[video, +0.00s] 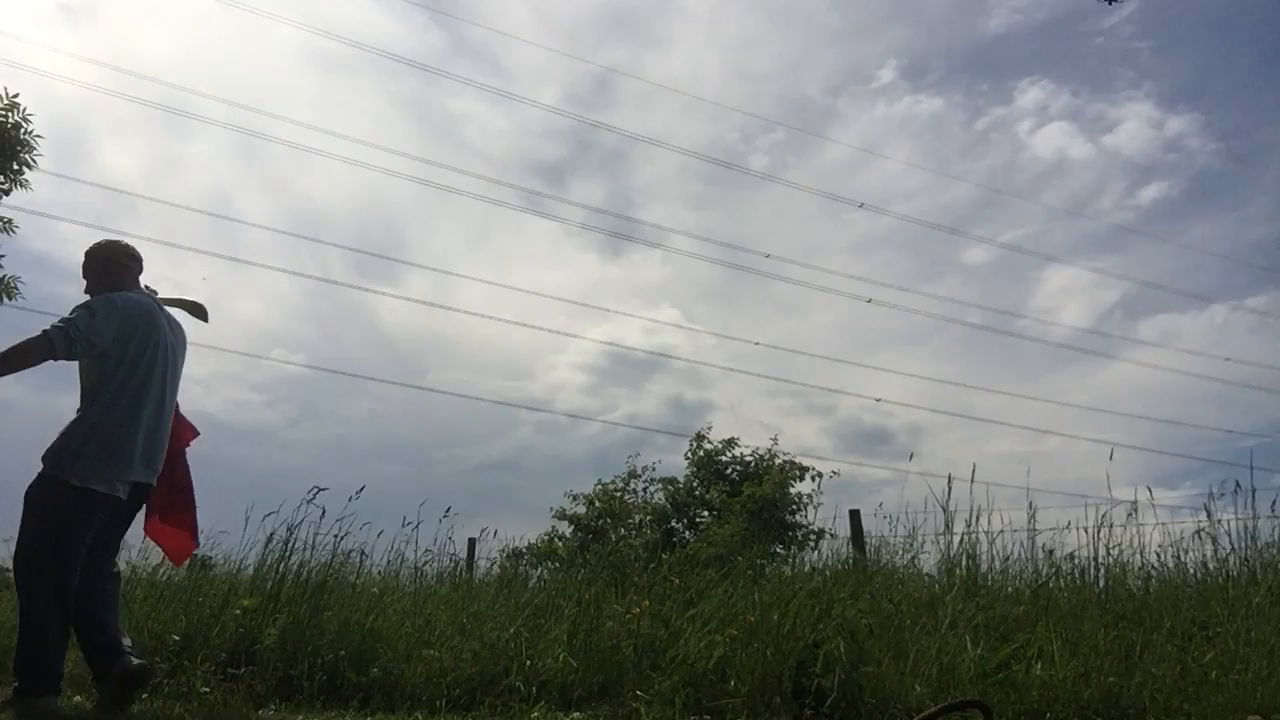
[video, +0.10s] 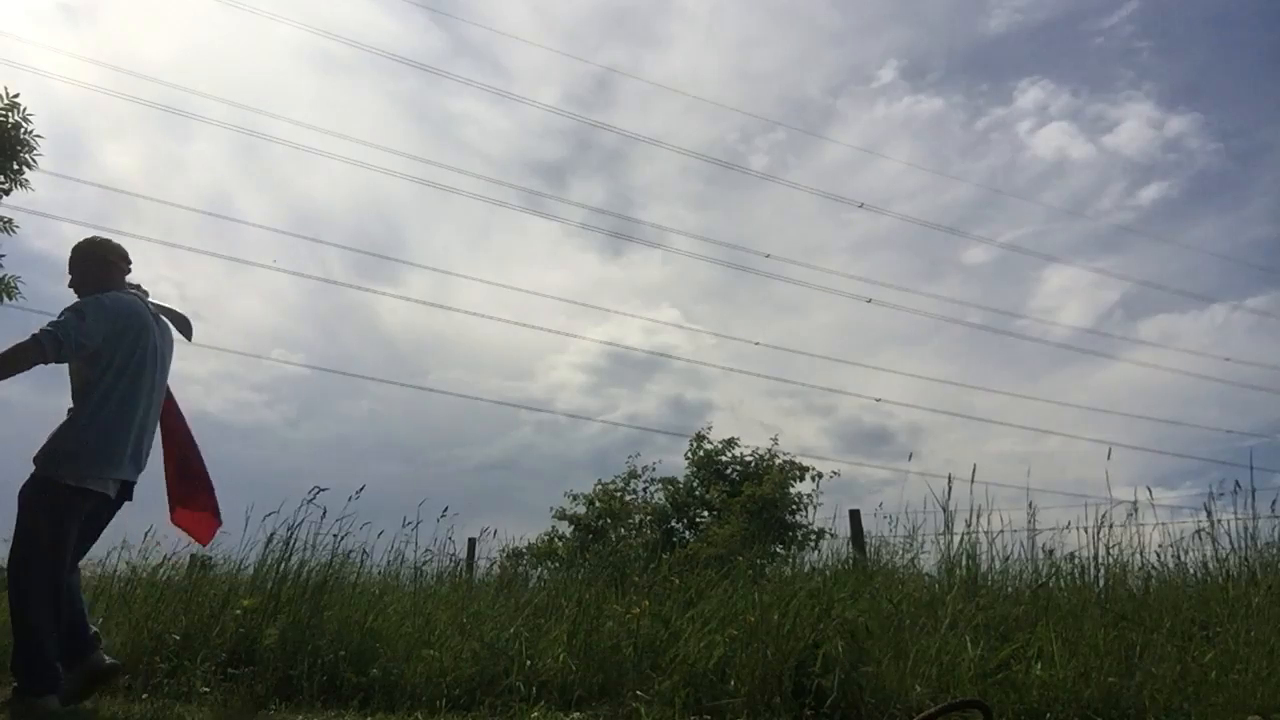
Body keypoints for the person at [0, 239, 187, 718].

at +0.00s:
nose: (85, 287)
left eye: (87, 278)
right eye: (86, 279)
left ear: (100, 273)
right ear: (139, 274)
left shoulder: (109, 309)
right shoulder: (175, 328)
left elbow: (45, 345)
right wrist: (157, 299)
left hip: (87, 461)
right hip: (139, 472)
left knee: (39, 564)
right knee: (95, 566)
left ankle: (37, 689)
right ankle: (116, 665)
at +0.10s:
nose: (72, 283)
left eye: (74, 274)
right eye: (72, 275)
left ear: (91, 271)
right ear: (122, 271)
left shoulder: (98, 309)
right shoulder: (159, 325)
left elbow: (34, 351)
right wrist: (148, 301)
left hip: (74, 465)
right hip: (120, 476)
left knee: (28, 568)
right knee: (57, 562)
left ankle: (37, 691)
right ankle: (85, 658)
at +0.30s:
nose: (55, 274)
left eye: (62, 264)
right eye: (55, 265)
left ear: (91, 264)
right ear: (103, 268)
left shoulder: (96, 306)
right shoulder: (130, 316)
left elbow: (44, 360)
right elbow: (143, 389)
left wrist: (1, 392)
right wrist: (180, 429)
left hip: (65, 463)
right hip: (93, 469)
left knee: (32, 564)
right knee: (44, 569)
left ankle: (32, 686)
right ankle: (36, 684)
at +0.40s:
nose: (54, 275)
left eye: (62, 267)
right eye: (53, 267)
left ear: (93, 269)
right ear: (98, 275)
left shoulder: (99, 312)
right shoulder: (121, 320)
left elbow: (66, 361)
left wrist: (14, 396)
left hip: (55, 472)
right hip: (75, 473)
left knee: (28, 576)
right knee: (46, 579)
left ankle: (32, 686)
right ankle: (39, 686)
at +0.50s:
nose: (49, 277)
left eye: (57, 268)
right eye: (49, 269)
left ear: (86, 271)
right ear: (85, 274)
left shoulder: (102, 316)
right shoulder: (90, 322)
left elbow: (78, 371)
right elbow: (48, 363)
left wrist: (59, 398)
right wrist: (47, 302)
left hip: (53, 472)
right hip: (48, 472)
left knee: (32, 574)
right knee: (29, 574)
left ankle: (36, 684)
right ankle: (32, 680)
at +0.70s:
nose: (50, 269)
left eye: (61, 261)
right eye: (48, 261)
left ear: (85, 271)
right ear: (45, 272)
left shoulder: (97, 314)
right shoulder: (51, 334)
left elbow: (129, 365)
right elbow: (10, 350)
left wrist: (148, 407)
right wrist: (20, 295)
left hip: (58, 468)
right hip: (27, 466)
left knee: (21, 570)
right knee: (16, 571)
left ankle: (35, 680)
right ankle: (26, 678)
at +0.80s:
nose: (46, 269)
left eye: (58, 261)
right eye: (45, 262)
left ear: (85, 268)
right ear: (47, 271)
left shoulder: (99, 313)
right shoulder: (48, 331)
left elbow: (139, 364)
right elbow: (9, 349)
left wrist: (177, 415)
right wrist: (17, 293)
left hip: (58, 464)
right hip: (27, 462)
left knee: (25, 564)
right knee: (20, 568)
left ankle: (66, 671)